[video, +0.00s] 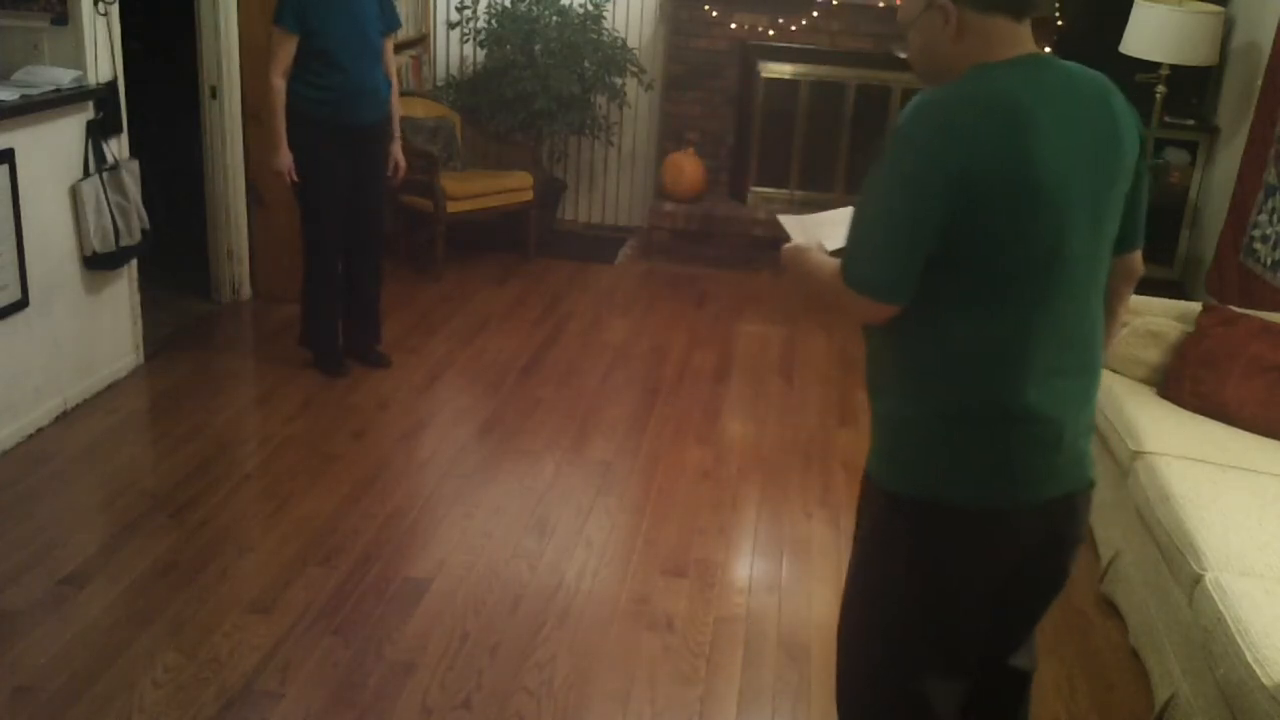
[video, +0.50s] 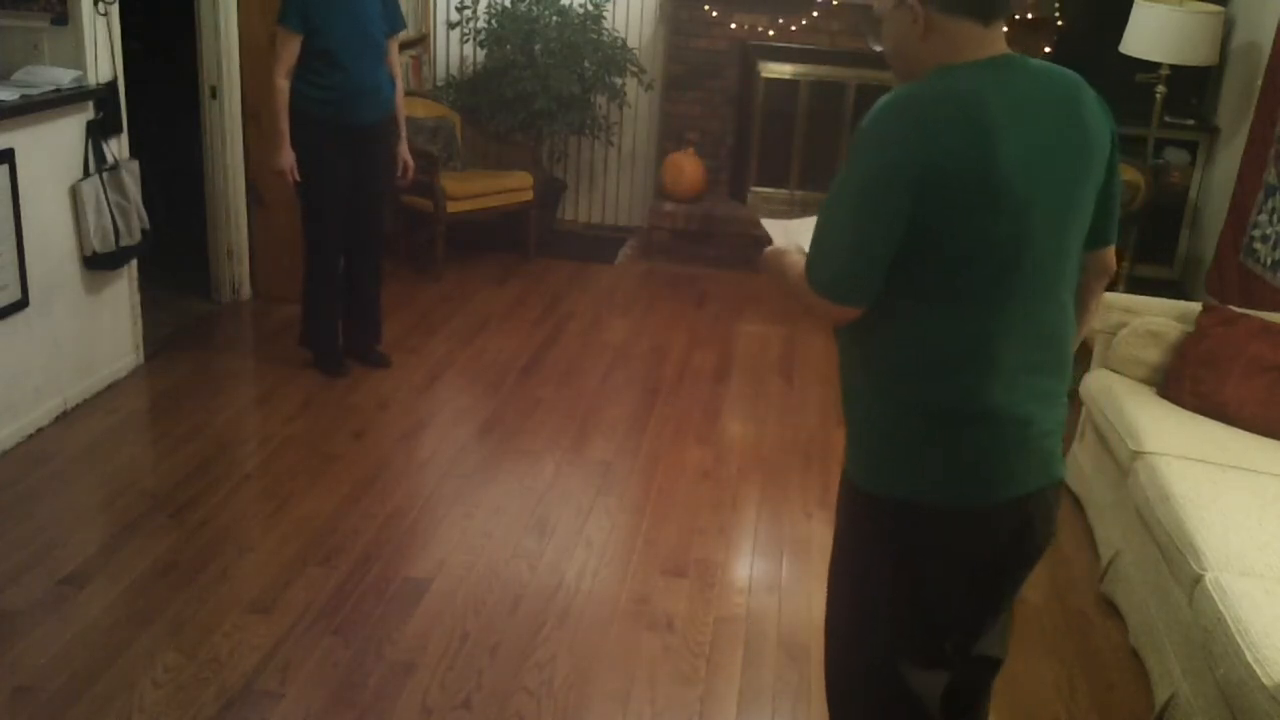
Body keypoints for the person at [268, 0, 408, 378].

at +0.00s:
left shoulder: (381, 6)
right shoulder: (297, 7)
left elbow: (389, 71)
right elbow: (278, 74)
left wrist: (396, 138)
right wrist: (281, 146)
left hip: (371, 132)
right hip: (317, 133)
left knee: (367, 238)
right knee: (323, 240)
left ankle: (363, 339)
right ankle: (323, 345)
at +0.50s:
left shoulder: (385, 6)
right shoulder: (302, 7)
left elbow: (394, 73)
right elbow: (282, 74)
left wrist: (401, 140)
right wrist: (284, 145)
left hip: (375, 132)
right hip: (320, 133)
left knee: (368, 239)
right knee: (325, 240)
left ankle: (364, 340)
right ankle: (324, 345)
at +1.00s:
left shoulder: (387, 7)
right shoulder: (306, 8)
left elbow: (401, 79)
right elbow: (281, 84)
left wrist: (413, 148)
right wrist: (285, 155)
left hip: (376, 141)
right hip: (320, 142)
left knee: (376, 242)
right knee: (316, 245)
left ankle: (365, 341)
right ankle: (285, 354)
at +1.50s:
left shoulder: (331, 8)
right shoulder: (250, 8)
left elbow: (339, 81)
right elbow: (222, 82)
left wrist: (349, 151)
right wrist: (235, 157)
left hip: (321, 147)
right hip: (261, 151)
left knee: (346, 250)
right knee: (268, 262)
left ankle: (343, 341)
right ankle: (265, 370)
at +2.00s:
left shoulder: (323, 8)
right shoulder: (241, 9)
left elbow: (334, 85)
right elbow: (217, 88)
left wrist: (343, 157)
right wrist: (237, 161)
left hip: (315, 151)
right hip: (256, 156)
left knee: (332, 256)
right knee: (266, 266)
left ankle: (320, 349)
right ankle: (263, 368)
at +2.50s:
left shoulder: (374, 7)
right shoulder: (291, 8)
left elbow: (390, 79)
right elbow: (264, 85)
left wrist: (408, 146)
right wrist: (278, 155)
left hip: (365, 143)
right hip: (308, 145)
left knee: (363, 250)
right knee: (311, 252)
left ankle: (355, 349)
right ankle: (286, 350)